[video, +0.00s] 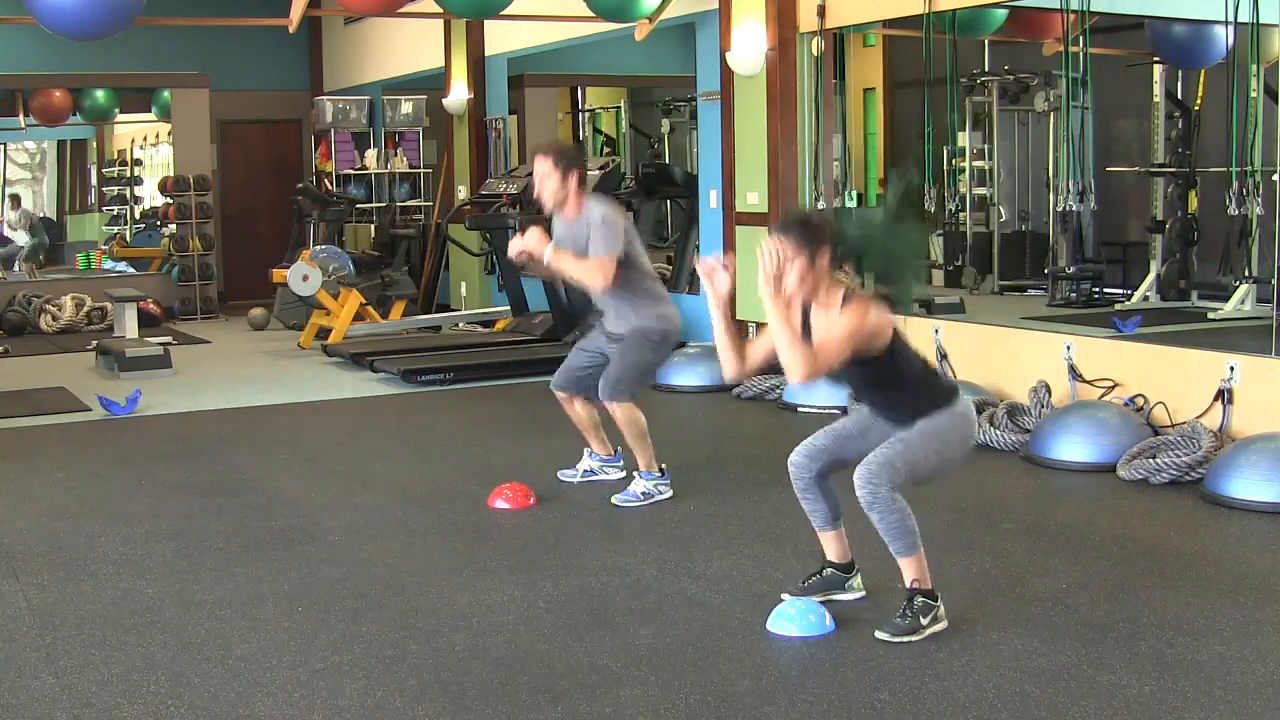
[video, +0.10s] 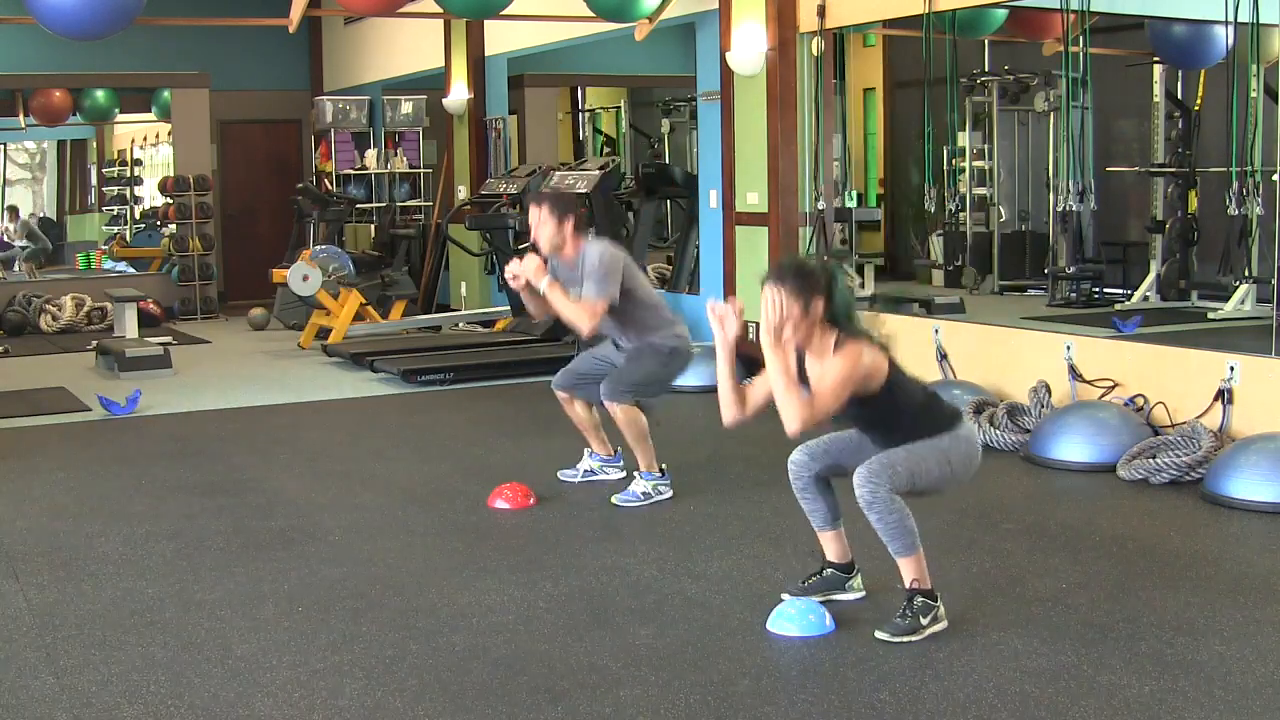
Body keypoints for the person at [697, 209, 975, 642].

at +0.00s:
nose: (778, 268)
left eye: (789, 257)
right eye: (775, 258)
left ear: (823, 258)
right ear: (773, 261)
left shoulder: (861, 309)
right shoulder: (801, 309)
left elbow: (802, 369)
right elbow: (737, 368)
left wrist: (773, 298)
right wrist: (720, 303)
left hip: (945, 418)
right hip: (887, 417)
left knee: (873, 478)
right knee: (804, 463)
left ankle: (924, 598)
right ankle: (842, 570)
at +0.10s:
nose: (776, 318)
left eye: (784, 307)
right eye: (772, 308)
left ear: (818, 308)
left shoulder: (854, 354)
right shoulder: (794, 355)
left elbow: (797, 422)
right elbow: (734, 413)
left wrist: (772, 349)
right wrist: (725, 344)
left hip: (949, 443)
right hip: (890, 443)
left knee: (872, 479)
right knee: (804, 461)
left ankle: (923, 599)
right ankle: (841, 571)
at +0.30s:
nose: (743, 499)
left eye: (740, 490)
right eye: (734, 491)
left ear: (758, 469)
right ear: (754, 453)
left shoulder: (837, 453)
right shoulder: (785, 446)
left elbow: (872, 547)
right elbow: (790, 519)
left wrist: (884, 634)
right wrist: (780, 588)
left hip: (968, 445)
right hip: (934, 454)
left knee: (1064, 503)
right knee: (988, 508)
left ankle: (1174, 536)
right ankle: (1069, 515)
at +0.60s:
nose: (739, 502)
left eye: (737, 494)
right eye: (731, 496)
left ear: (754, 472)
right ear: (750, 456)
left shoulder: (835, 450)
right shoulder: (775, 443)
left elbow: (870, 546)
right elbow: (783, 519)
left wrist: (883, 632)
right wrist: (779, 588)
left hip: (948, 440)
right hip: (924, 441)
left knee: (1021, 538)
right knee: (1005, 495)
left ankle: (1148, 532)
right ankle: (1080, 514)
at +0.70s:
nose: (741, 502)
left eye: (738, 494)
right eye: (733, 498)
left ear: (755, 472)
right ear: (749, 456)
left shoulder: (835, 446)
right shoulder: (774, 441)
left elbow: (870, 543)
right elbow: (780, 517)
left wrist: (883, 633)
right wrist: (778, 585)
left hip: (938, 420)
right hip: (913, 400)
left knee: (962, 554)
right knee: (989, 478)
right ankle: (1069, 520)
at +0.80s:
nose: (739, 506)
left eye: (737, 498)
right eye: (731, 501)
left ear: (754, 477)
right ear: (746, 460)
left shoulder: (838, 447)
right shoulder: (771, 441)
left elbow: (872, 545)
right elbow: (781, 518)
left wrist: (884, 634)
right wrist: (780, 587)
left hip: (929, 429)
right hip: (915, 408)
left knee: (902, 559)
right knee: (982, 481)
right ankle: (1067, 516)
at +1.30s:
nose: (735, 508)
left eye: (733, 500)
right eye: (726, 503)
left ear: (749, 478)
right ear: (735, 461)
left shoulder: (826, 452)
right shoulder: (759, 442)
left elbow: (862, 549)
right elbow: (772, 517)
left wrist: (883, 633)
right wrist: (778, 584)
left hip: (927, 436)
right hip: (903, 423)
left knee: (958, 565)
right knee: (988, 487)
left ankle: (1076, 514)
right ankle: (1067, 521)